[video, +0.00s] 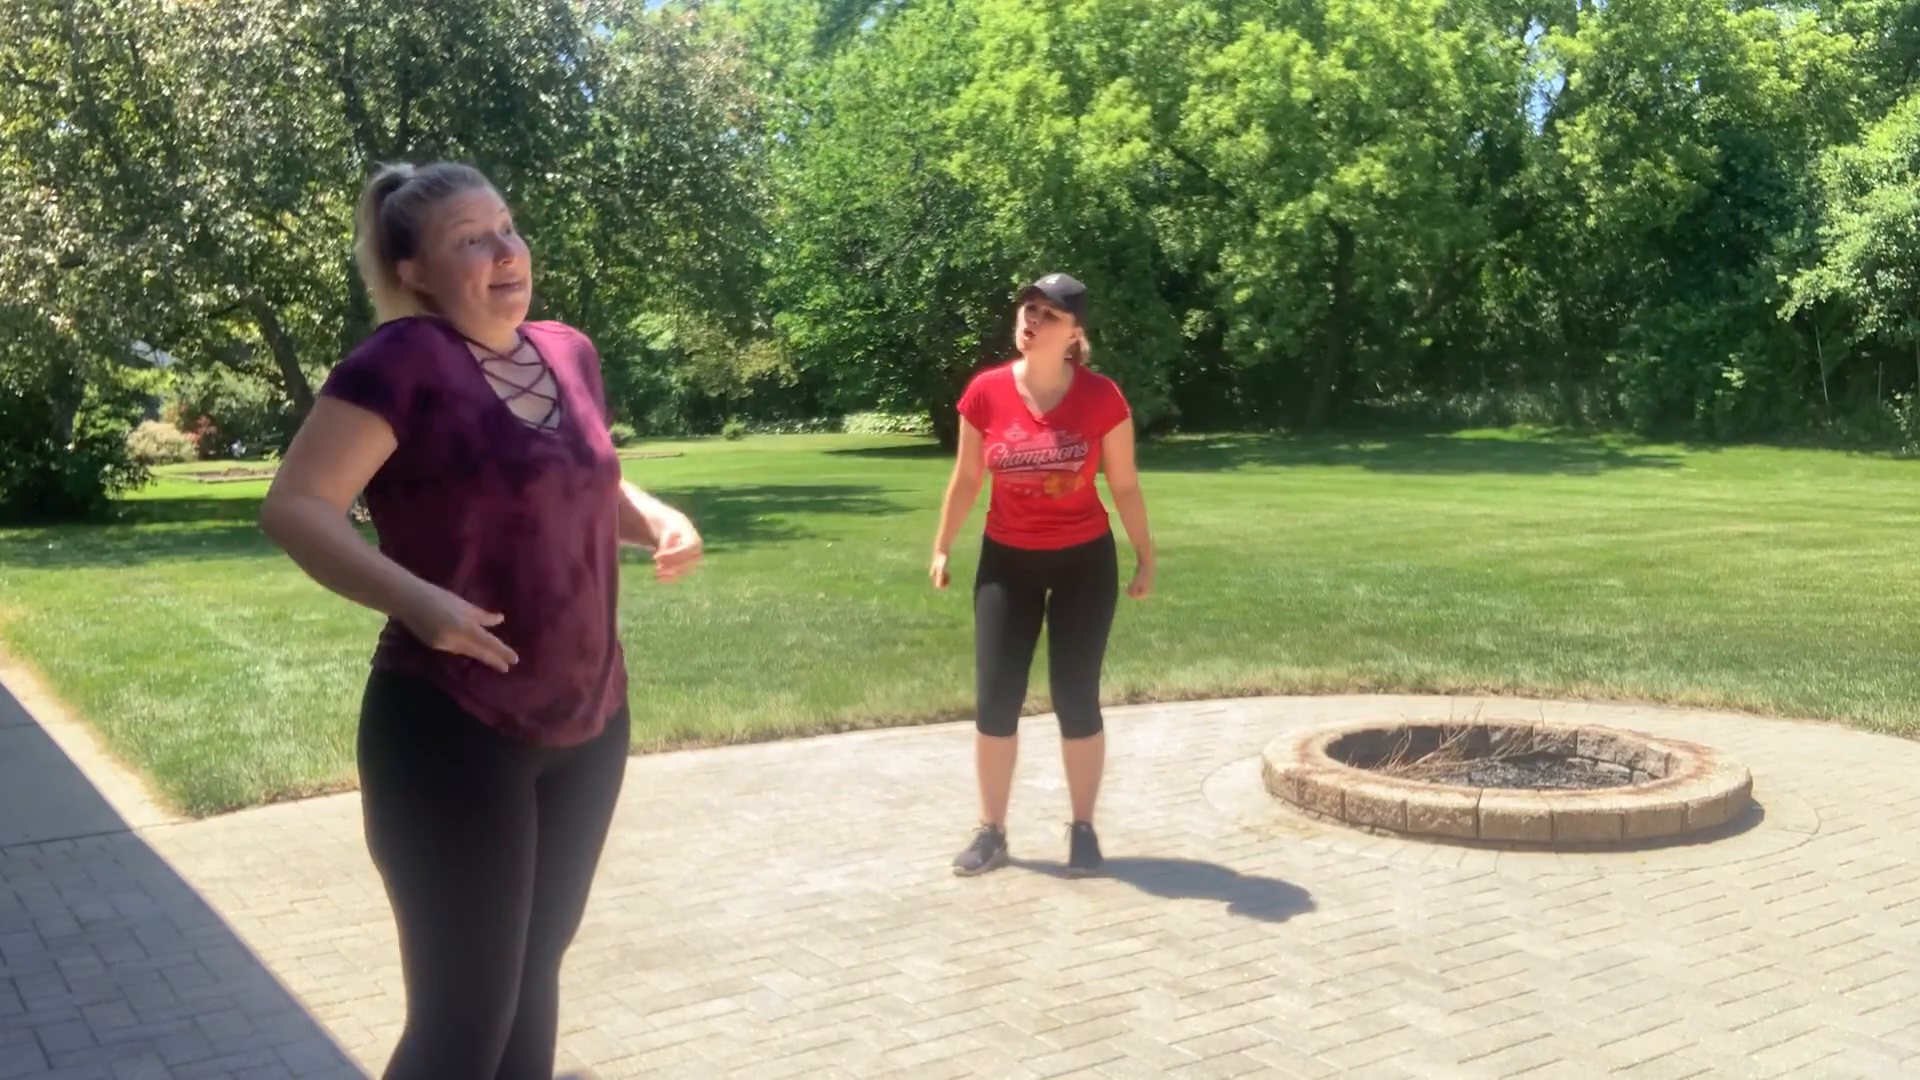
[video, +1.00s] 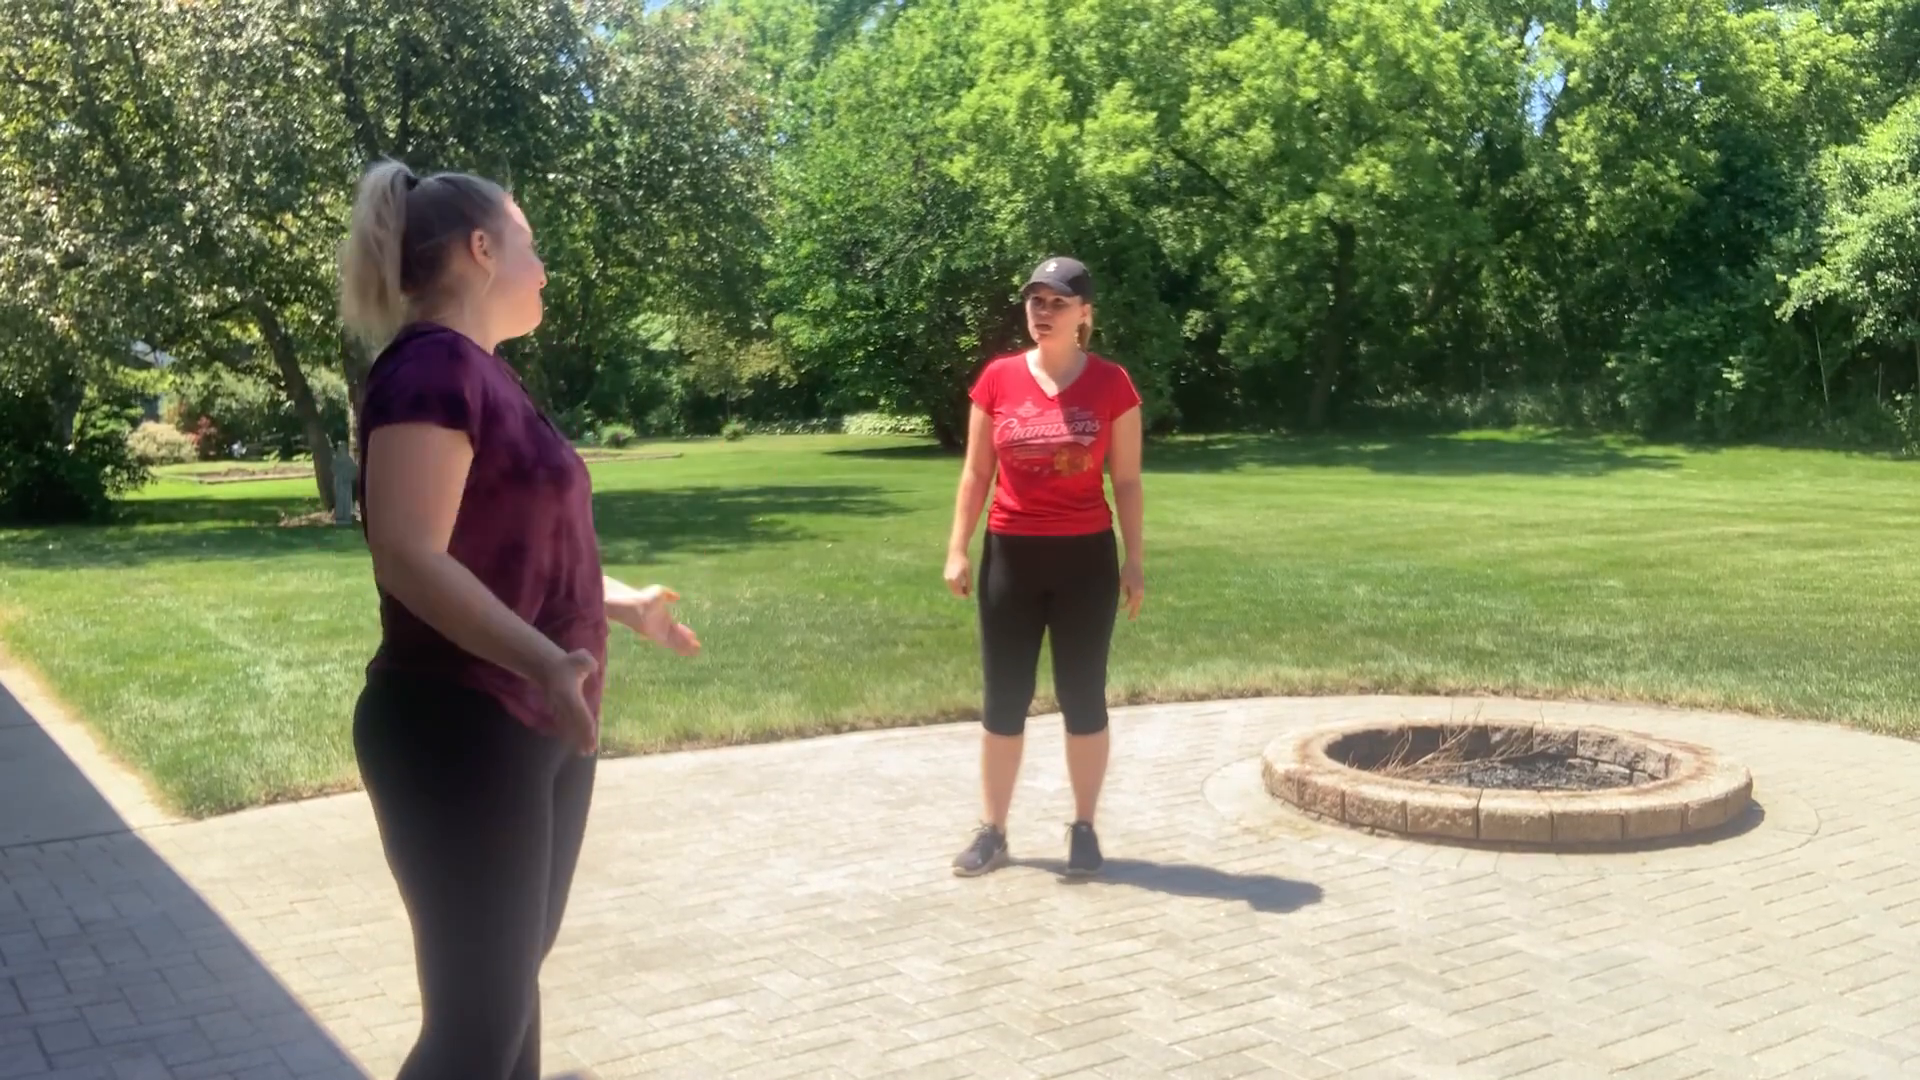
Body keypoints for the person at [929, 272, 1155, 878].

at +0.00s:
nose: (1033, 323)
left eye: (1049, 317)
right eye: (1029, 312)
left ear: (1075, 332)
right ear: (1017, 320)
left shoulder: (1100, 396)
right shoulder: (987, 390)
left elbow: (1125, 484)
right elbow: (966, 477)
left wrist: (1144, 551)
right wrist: (942, 545)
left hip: (1084, 560)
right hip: (1007, 559)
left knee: (1075, 697)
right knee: (995, 697)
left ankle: (1083, 827)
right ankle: (991, 829)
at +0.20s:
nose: (1037, 310)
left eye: (1052, 303)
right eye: (1032, 300)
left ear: (1081, 316)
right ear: (1020, 307)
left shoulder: (1107, 385)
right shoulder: (994, 378)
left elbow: (1123, 479)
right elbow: (974, 470)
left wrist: (1127, 557)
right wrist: (956, 544)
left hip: (1083, 558)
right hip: (1006, 557)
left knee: (1079, 697)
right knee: (1001, 697)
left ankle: (1083, 826)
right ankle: (991, 829)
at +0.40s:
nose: (1043, 310)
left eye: (1057, 301)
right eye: (1036, 299)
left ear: (1085, 313)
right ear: (1025, 306)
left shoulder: (1110, 383)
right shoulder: (998, 376)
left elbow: (1127, 479)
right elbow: (975, 469)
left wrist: (1127, 555)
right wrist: (960, 544)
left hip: (1084, 556)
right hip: (1008, 556)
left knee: (1081, 697)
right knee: (1004, 698)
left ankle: (1083, 827)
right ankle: (992, 829)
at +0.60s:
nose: (1044, 311)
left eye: (1059, 302)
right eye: (1038, 300)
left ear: (1086, 313)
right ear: (1027, 306)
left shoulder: (1112, 383)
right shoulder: (999, 376)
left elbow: (1128, 478)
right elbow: (976, 469)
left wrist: (1129, 556)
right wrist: (957, 543)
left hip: (1085, 556)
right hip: (1009, 555)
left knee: (1082, 697)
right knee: (1004, 697)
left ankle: (1083, 827)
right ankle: (992, 828)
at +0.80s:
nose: (1044, 310)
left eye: (1058, 302)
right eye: (1037, 300)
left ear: (1085, 312)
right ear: (1026, 307)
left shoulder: (1111, 383)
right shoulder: (999, 376)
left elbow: (1127, 479)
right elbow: (976, 470)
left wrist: (1132, 558)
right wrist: (957, 544)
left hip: (1085, 557)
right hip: (1008, 556)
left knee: (1082, 697)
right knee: (1004, 698)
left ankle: (1083, 826)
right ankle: (992, 827)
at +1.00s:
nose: (1043, 311)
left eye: (1057, 302)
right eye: (1036, 301)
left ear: (1084, 312)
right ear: (1025, 307)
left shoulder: (1110, 382)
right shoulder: (998, 378)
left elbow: (1127, 478)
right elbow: (976, 471)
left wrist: (1133, 557)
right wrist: (958, 546)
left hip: (1086, 557)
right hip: (1009, 556)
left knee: (1082, 697)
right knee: (1004, 698)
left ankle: (1084, 827)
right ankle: (992, 828)